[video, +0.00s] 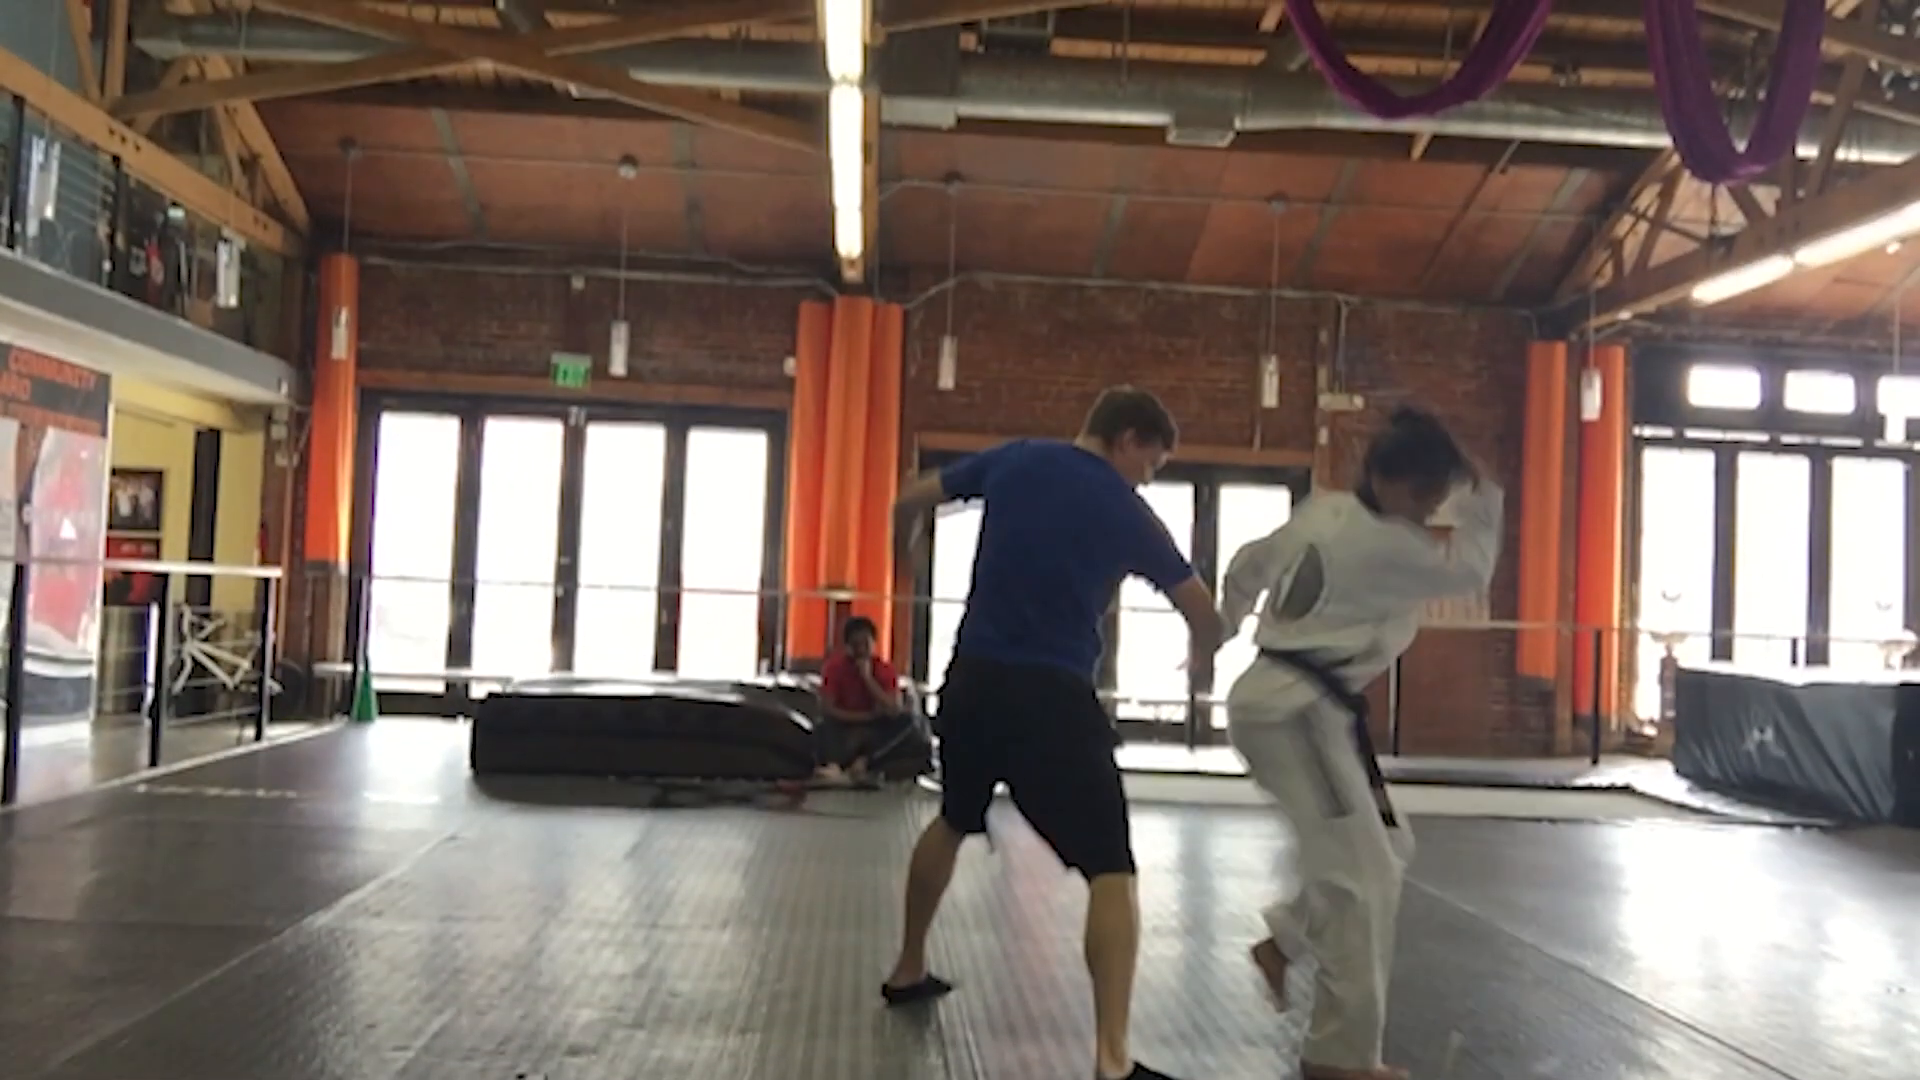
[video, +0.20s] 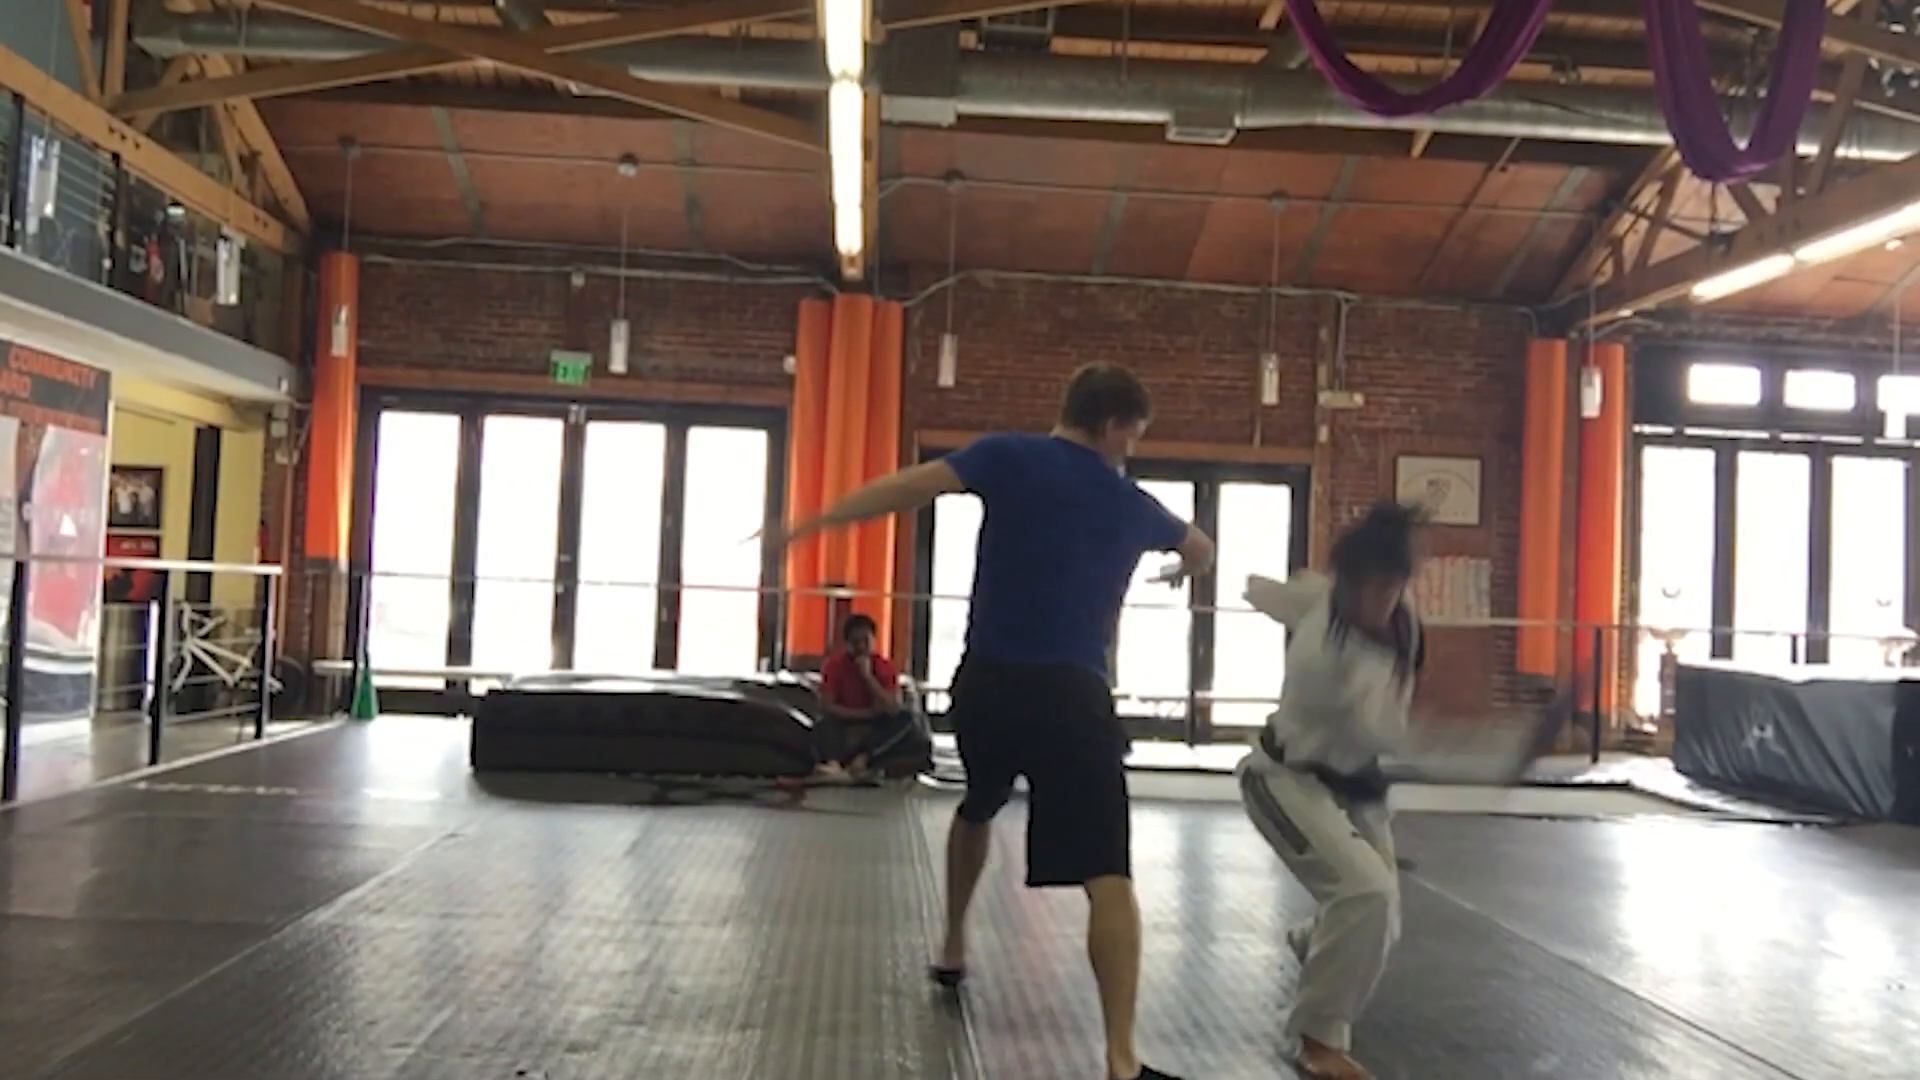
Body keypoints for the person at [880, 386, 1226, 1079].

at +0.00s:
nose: (1146, 481)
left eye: (1153, 470)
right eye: (1150, 466)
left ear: (1094, 430)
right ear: (1126, 440)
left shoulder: (1014, 457)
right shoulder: (1122, 506)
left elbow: (908, 500)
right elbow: (1204, 614)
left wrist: (903, 568)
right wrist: (1202, 660)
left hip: (971, 688)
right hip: (1056, 702)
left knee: (952, 818)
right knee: (1111, 872)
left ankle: (906, 969)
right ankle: (1113, 1060)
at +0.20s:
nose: (1134, 446)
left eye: (1137, 435)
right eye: (1136, 434)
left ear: (1066, 415)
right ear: (1118, 428)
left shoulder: (1007, 455)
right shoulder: (1128, 501)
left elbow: (903, 488)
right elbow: (1203, 547)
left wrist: (803, 523)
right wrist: (1194, 571)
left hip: (986, 686)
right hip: (1074, 698)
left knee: (977, 804)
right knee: (1108, 879)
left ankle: (951, 951)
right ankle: (1123, 1062)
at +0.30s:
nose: (1123, 446)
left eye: (1125, 436)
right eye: (1124, 436)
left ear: (1055, 419)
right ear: (1105, 439)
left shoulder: (1012, 464)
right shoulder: (1101, 512)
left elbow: (955, 470)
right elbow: (1169, 539)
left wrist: (857, 471)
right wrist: (1177, 536)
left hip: (983, 696)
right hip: (1068, 700)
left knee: (977, 816)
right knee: (1111, 871)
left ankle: (974, 970)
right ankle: (1144, 1052)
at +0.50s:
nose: (1076, 443)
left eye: (1078, 434)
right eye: (1079, 433)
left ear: (1009, 412)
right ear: (1067, 427)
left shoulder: (950, 471)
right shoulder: (1084, 503)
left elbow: (896, 560)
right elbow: (1101, 600)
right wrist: (1044, 573)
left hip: (962, 693)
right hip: (1048, 699)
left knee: (965, 826)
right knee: (1082, 836)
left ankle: (970, 970)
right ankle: (1098, 963)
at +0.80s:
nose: (1039, 444)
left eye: (1034, 432)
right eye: (1031, 435)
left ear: (961, 448)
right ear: (1013, 444)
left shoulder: (923, 509)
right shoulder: (1044, 500)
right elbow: (1068, 452)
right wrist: (1039, 390)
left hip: (960, 711)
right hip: (1044, 710)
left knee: (966, 833)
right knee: (1059, 573)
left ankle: (973, 963)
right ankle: (1069, 625)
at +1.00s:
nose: (1009, 492)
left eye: (1001, 487)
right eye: (1001, 490)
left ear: (935, 526)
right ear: (991, 521)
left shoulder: (915, 577)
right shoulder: (1039, 567)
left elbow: (909, 528)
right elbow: (1074, 487)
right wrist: (1030, 414)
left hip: (958, 795)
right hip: (1042, 793)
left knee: (965, 826)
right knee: (1032, 720)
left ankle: (966, 945)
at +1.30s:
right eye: (1012, 806)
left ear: (946, 814)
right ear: (1010, 817)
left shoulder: (897, 887)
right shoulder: (1035, 900)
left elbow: (805, 833)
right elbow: (1121, 802)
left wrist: (832, 729)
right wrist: (1080, 723)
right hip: (1002, 1052)